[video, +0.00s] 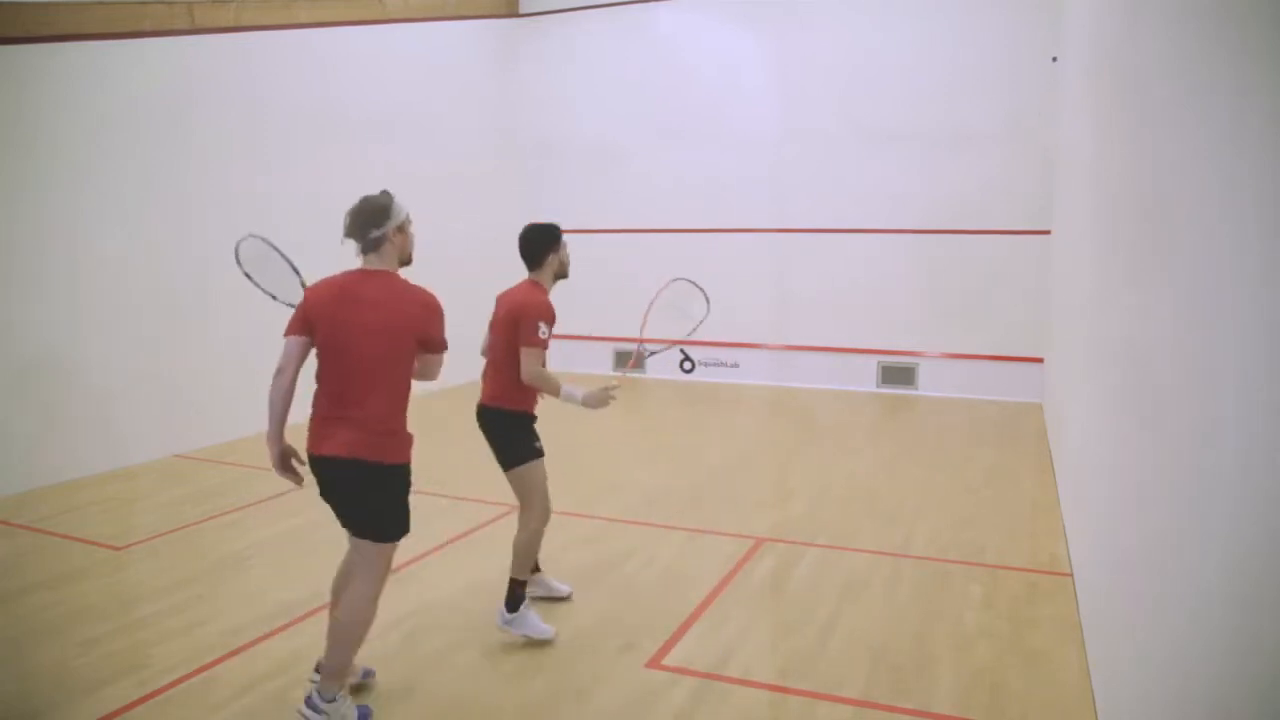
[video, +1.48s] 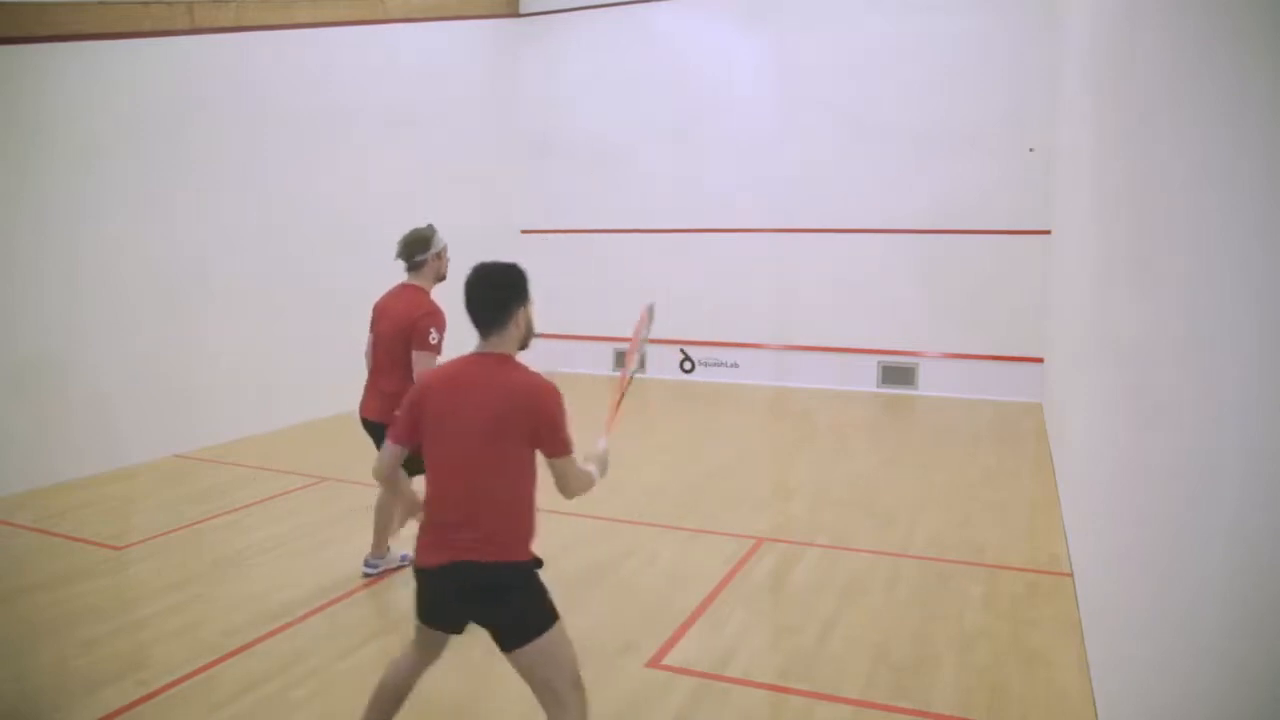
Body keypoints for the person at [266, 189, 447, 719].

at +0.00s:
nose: (413, 236)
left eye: (410, 228)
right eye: (409, 228)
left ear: (360, 240)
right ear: (395, 236)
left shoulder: (321, 294)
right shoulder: (421, 303)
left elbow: (286, 370)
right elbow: (428, 369)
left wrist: (275, 438)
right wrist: (375, 348)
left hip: (326, 453)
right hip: (381, 458)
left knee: (362, 551)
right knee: (370, 574)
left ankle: (336, 662)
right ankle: (327, 694)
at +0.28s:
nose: (390, 263)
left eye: (388, 255)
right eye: (385, 256)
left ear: (340, 264)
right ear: (369, 262)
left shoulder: (305, 318)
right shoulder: (389, 326)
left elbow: (287, 393)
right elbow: (415, 406)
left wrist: (272, 455)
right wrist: (423, 433)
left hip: (315, 460)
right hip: (367, 465)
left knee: (335, 526)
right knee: (384, 558)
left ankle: (327, 624)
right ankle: (339, 645)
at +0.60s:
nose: (402, 257)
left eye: (402, 249)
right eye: (397, 249)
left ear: (364, 251)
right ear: (374, 249)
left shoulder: (325, 299)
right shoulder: (384, 306)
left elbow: (316, 363)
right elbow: (391, 379)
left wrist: (340, 403)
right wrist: (426, 429)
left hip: (333, 430)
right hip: (380, 432)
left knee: (340, 517)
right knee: (402, 506)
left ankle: (331, 615)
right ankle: (409, 586)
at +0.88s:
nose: (426, 256)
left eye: (426, 249)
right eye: (420, 249)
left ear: (390, 250)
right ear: (397, 249)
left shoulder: (354, 292)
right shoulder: (403, 308)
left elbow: (347, 355)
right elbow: (409, 376)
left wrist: (374, 388)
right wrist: (444, 423)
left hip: (359, 415)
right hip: (398, 419)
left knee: (379, 481)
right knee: (416, 496)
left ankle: (352, 566)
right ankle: (411, 582)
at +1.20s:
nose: (436, 259)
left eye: (435, 252)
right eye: (433, 253)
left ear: (399, 257)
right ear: (415, 257)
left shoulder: (372, 297)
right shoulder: (410, 312)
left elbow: (357, 359)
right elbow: (408, 378)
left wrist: (361, 405)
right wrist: (437, 422)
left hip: (368, 415)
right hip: (398, 418)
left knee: (393, 475)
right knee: (446, 483)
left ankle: (376, 554)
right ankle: (418, 572)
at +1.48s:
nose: (448, 260)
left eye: (446, 254)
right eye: (444, 254)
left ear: (412, 261)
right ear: (433, 261)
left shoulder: (387, 301)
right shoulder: (428, 313)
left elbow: (371, 357)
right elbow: (424, 377)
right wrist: (443, 416)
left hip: (372, 411)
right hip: (400, 415)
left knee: (402, 474)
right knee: (397, 481)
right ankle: (378, 552)